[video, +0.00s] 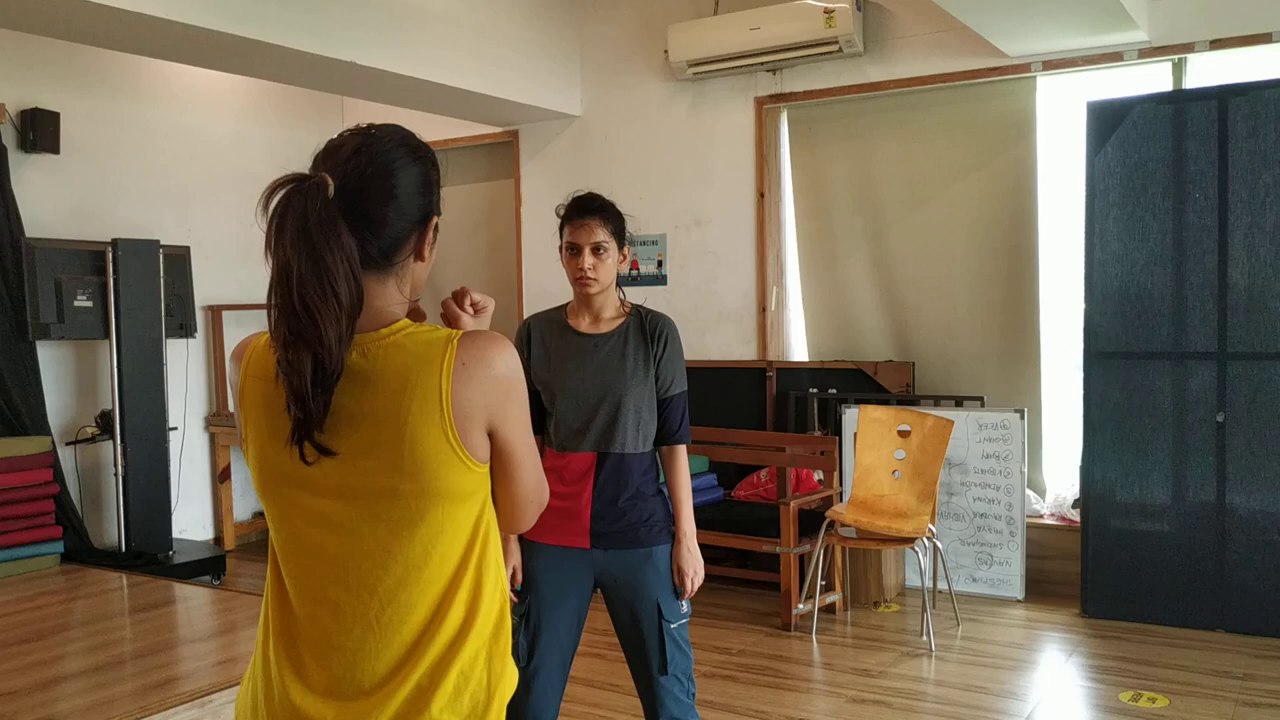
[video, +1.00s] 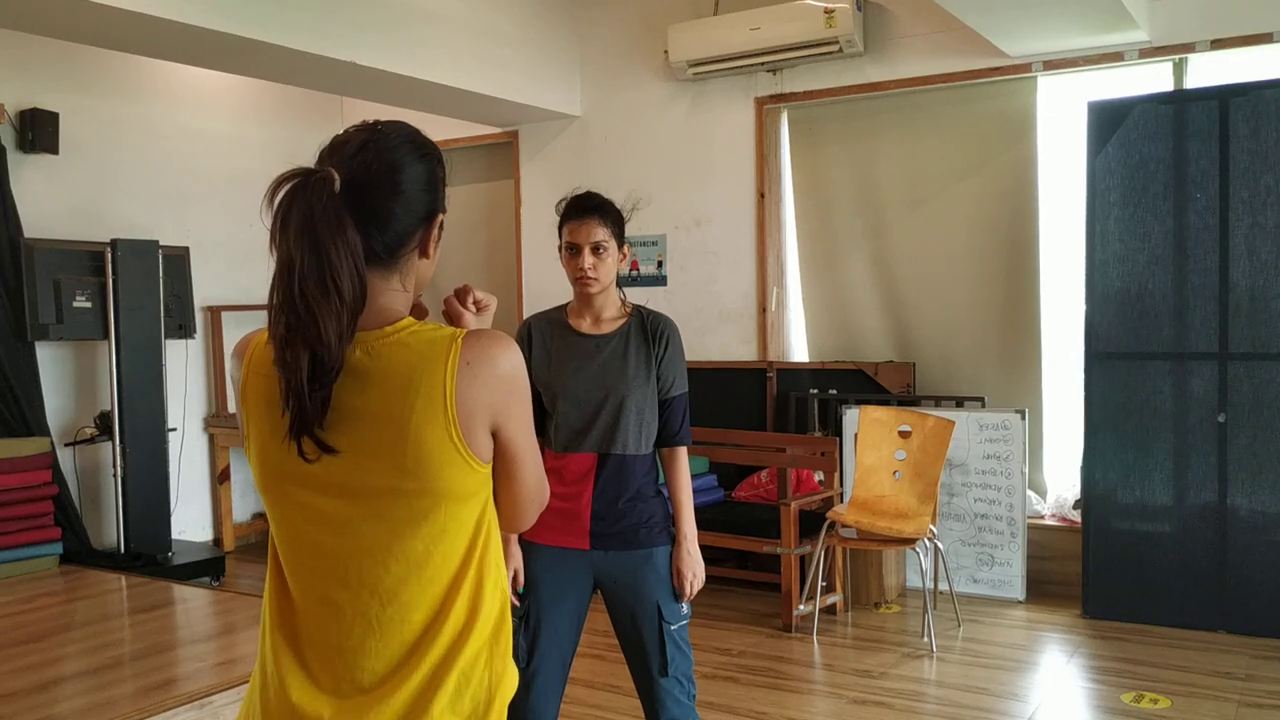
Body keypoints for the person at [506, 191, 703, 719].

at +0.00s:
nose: (584, 264)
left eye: (598, 251)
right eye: (573, 251)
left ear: (623, 257)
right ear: (560, 257)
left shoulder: (656, 333)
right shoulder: (534, 334)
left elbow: (674, 441)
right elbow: (521, 436)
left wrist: (686, 537)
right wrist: (508, 532)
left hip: (643, 538)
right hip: (554, 540)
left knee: (669, 696)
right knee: (533, 695)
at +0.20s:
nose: (583, 263)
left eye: (596, 249)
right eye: (571, 250)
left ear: (621, 256)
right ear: (559, 256)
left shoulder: (655, 333)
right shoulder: (533, 336)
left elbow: (673, 442)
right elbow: (516, 435)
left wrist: (686, 538)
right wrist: (505, 531)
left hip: (642, 540)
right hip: (552, 542)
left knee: (669, 697)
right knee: (532, 696)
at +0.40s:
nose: (581, 263)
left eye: (595, 250)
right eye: (570, 250)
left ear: (620, 255)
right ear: (558, 256)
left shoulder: (655, 334)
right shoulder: (534, 336)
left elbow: (673, 443)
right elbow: (516, 436)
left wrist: (686, 539)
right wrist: (506, 531)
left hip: (642, 541)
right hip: (552, 542)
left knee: (669, 697)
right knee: (532, 696)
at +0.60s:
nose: (581, 263)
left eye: (595, 250)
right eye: (570, 250)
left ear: (620, 256)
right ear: (558, 256)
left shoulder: (655, 334)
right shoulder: (534, 336)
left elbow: (673, 444)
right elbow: (516, 436)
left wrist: (686, 539)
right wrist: (507, 532)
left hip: (642, 542)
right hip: (552, 543)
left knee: (669, 698)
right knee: (532, 697)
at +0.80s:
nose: (583, 263)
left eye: (596, 250)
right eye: (571, 250)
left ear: (621, 256)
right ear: (559, 255)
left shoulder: (656, 333)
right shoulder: (533, 336)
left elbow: (673, 443)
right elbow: (514, 437)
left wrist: (686, 539)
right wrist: (507, 534)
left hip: (642, 542)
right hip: (552, 543)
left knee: (670, 698)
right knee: (533, 697)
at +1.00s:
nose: (584, 263)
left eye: (598, 250)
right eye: (572, 250)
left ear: (622, 256)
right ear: (560, 256)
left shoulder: (657, 334)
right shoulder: (534, 335)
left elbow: (674, 443)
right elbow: (516, 436)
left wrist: (687, 539)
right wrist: (507, 535)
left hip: (643, 543)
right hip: (553, 544)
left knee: (670, 698)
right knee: (533, 698)